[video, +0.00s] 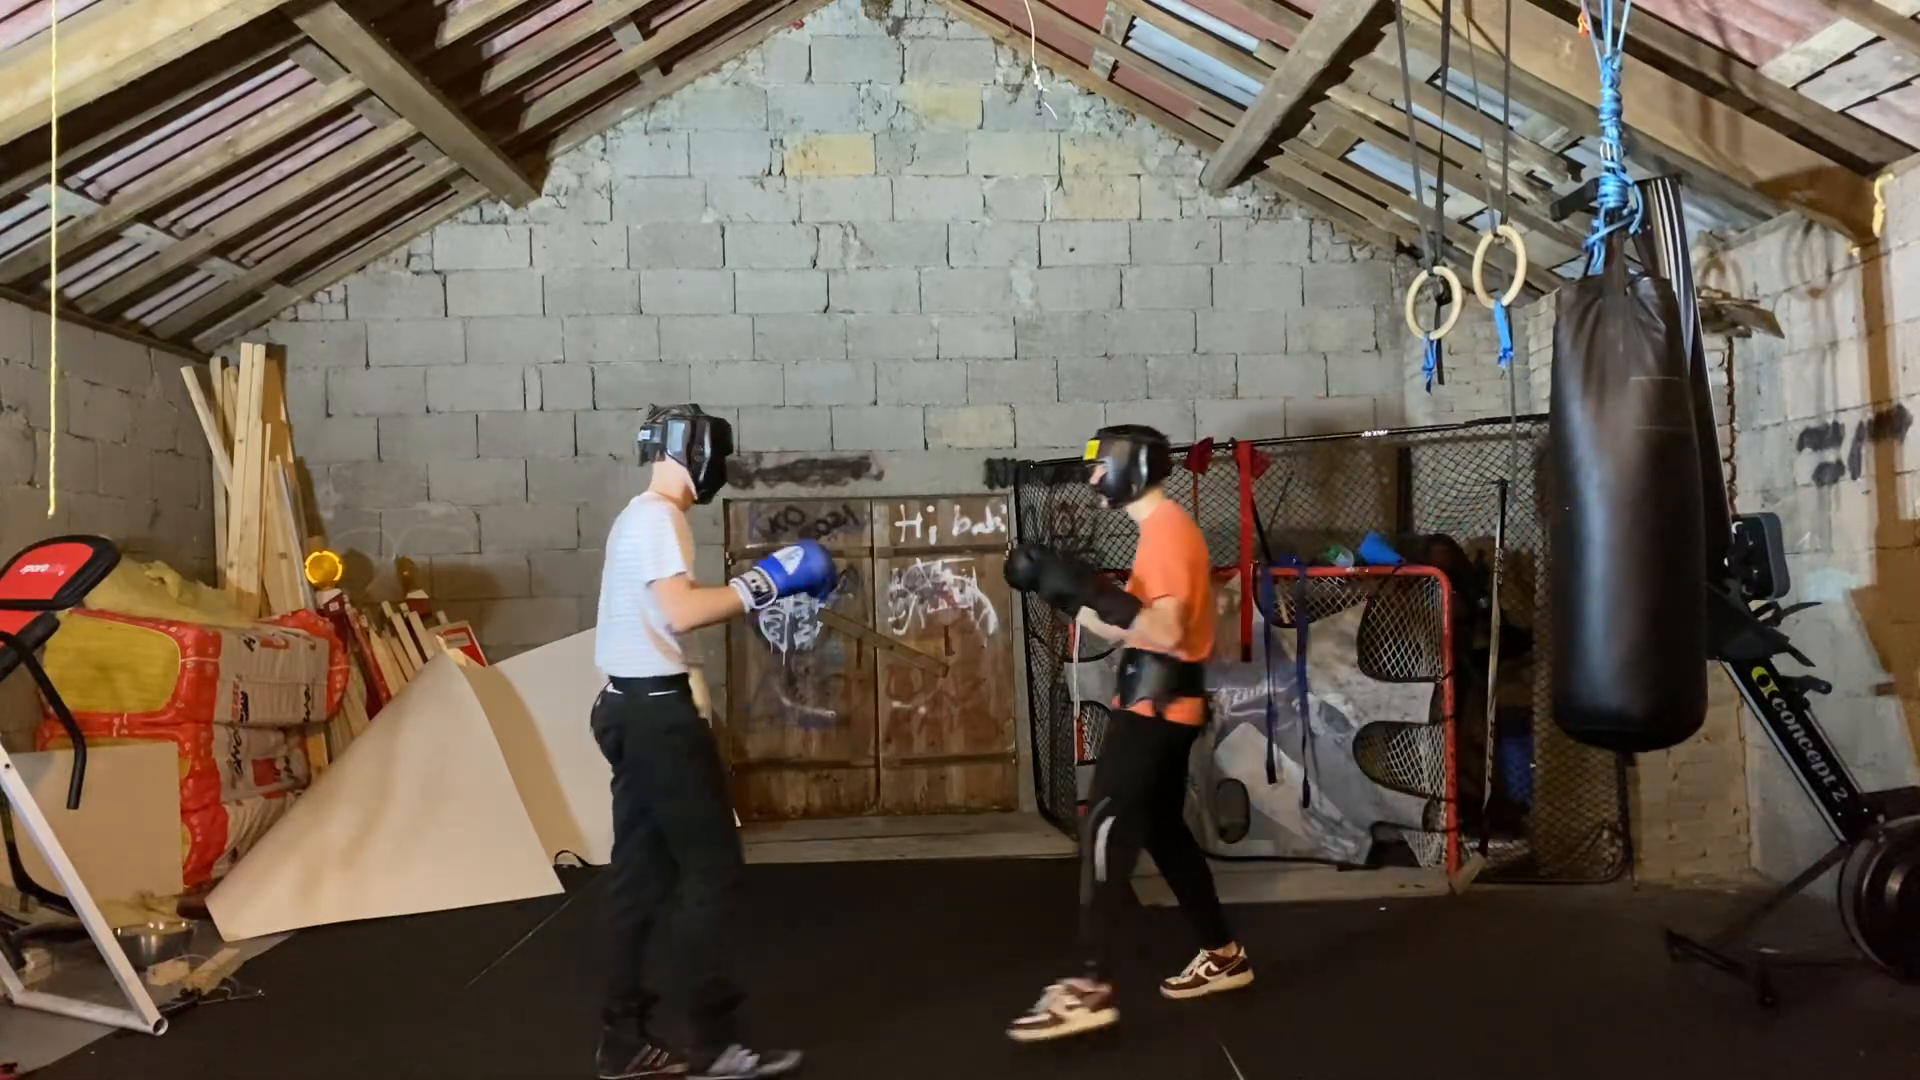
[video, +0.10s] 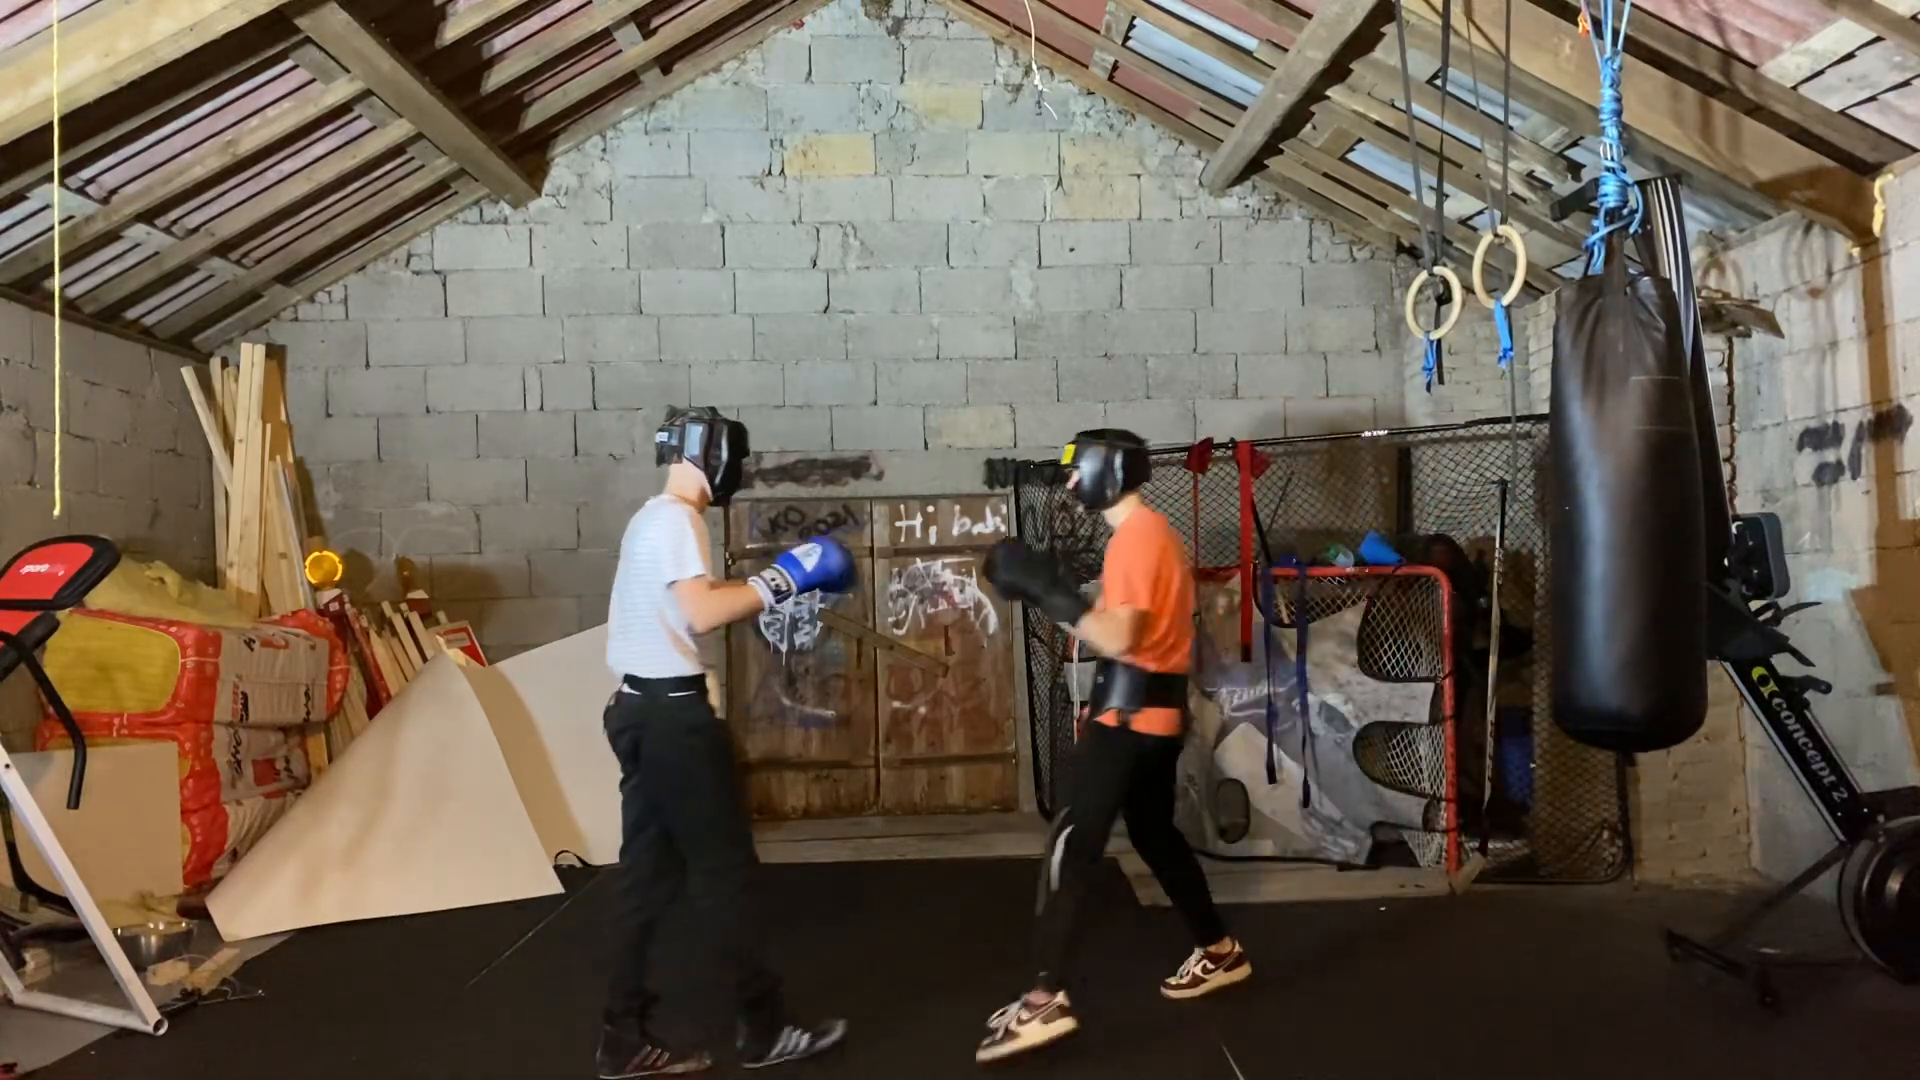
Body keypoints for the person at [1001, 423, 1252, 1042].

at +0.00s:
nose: (1096, 477)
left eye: (1104, 465)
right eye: (1097, 465)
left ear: (1132, 470)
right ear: (1146, 469)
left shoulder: (1165, 532)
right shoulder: (1163, 528)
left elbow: (1167, 631)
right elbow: (1156, 617)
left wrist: (1086, 608)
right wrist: (1087, 593)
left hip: (1155, 712)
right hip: (1167, 710)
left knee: (1104, 835)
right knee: (1163, 831)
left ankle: (1090, 985)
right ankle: (1221, 950)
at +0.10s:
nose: (1074, 485)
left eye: (1080, 472)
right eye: (1076, 472)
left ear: (1103, 475)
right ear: (1130, 474)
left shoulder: (1135, 536)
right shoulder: (1156, 534)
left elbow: (1118, 633)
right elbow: (1142, 630)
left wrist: (1057, 598)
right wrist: (1081, 614)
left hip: (1126, 715)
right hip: (1159, 715)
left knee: (1071, 846)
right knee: (1153, 832)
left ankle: (1046, 996)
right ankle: (1219, 948)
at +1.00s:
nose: (1118, 425)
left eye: (1122, 414)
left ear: (1132, 417)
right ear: (1198, 421)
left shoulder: (1098, 480)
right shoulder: (1245, 499)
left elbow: (1054, 584)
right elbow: (1288, 635)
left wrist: (1047, 637)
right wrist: (1222, 646)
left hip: (1111, 721)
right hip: (1205, 723)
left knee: (1115, 880)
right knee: (1232, 900)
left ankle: (1128, 1050)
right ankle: (1252, 1064)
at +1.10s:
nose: (1119, 416)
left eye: (1123, 404)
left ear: (1133, 408)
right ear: (1201, 411)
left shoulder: (1094, 480)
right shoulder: (1253, 494)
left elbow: (1029, 591)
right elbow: (1292, 636)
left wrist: (1075, 592)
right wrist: (1239, 653)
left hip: (1111, 723)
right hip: (1206, 727)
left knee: (1113, 885)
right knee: (1232, 913)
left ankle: (1108, 1058)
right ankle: (1249, 1068)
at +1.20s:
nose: (1127, 441)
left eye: (1129, 429)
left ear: (1136, 433)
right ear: (1209, 433)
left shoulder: (1092, 513)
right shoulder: (1255, 523)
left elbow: (1022, 633)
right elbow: (1309, 664)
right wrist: (1268, 694)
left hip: (1119, 763)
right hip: (1216, 765)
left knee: (1110, 954)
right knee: (1260, 966)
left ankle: (1095, 1069)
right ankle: (1263, 1071)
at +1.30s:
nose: (1145, 467)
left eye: (1146, 456)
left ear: (1152, 460)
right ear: (1227, 462)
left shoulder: (1104, 549)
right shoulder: (1268, 556)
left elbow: (1036, 682)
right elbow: (1325, 708)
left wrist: (1098, 685)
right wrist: (1276, 738)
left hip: (1131, 808)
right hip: (1229, 812)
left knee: (1121, 973)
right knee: (1269, 1008)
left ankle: (1104, 1075)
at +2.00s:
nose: (1086, 431)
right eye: (1082, 418)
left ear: (992, 425)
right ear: (1072, 422)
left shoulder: (938, 512)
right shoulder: (1097, 498)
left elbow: (932, 638)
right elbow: (1215, 606)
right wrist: (1180, 514)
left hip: (966, 800)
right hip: (1066, 802)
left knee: (987, 983)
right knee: (1136, 1008)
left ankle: (968, 1062)